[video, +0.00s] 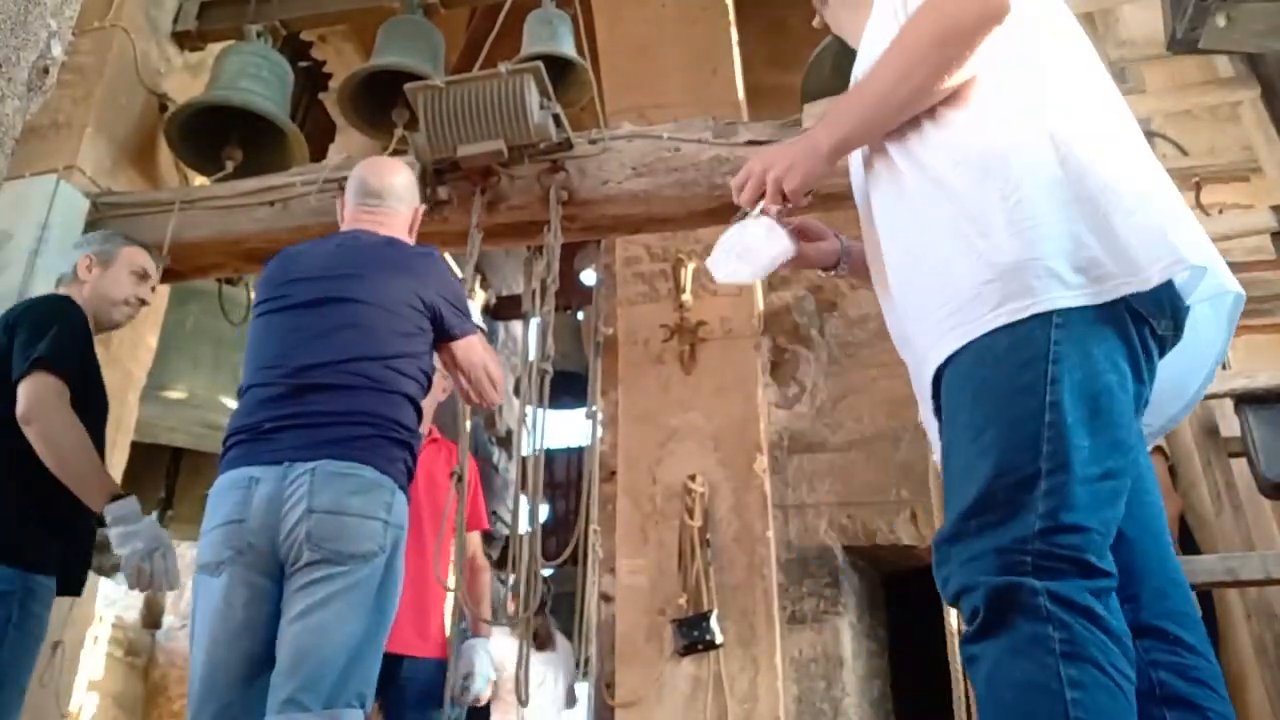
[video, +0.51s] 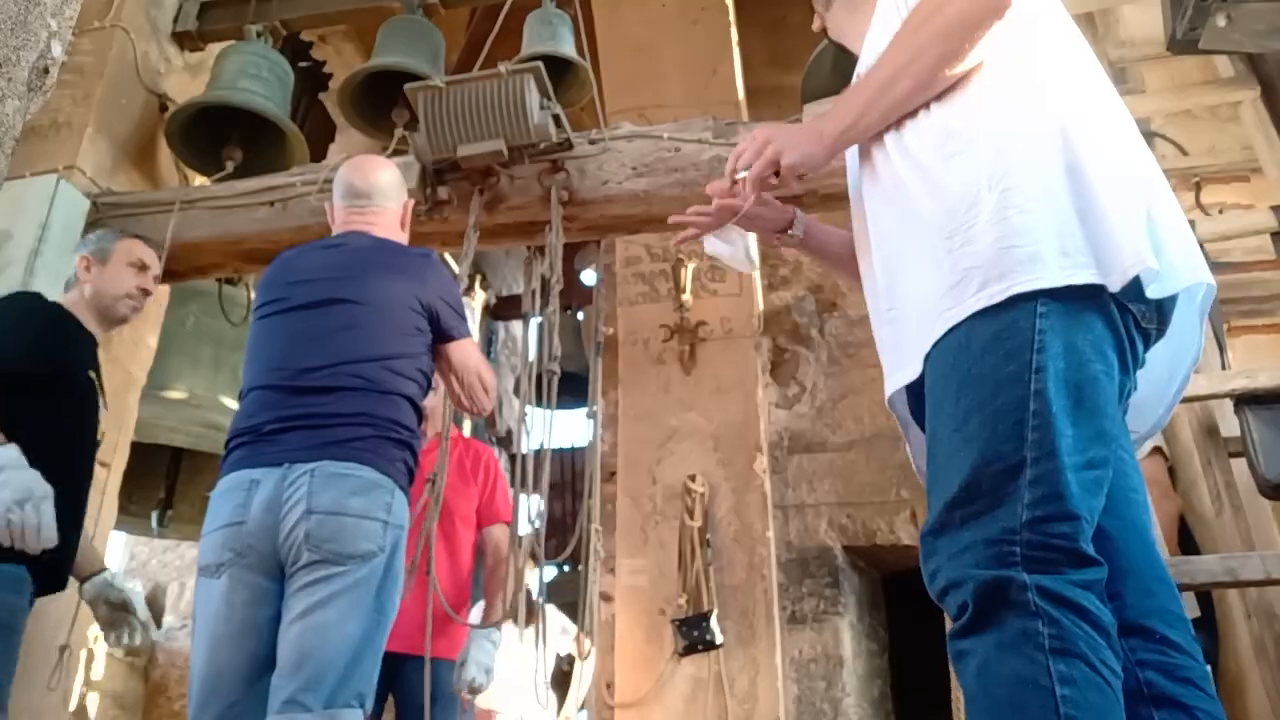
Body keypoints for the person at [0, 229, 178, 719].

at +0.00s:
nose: (147, 295)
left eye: (152, 287)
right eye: (138, 275)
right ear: (88, 266)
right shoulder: (58, 314)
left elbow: (26, 465)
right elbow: (39, 410)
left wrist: (92, 542)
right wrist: (123, 513)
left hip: (25, 566)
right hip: (19, 567)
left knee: (9, 704)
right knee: (6, 705)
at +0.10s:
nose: (161, 298)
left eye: (165, 290)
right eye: (152, 280)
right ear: (103, 272)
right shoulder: (69, 314)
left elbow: (35, 470)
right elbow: (36, 399)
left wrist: (100, 546)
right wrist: (119, 504)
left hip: (28, 564)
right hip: (17, 562)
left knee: (7, 702)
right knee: (3, 702)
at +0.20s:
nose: (173, 301)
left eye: (177, 293)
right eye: (163, 282)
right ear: (114, 274)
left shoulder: (94, 344)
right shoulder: (75, 315)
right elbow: (27, 392)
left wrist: (115, 566)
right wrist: (100, 509)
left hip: (27, 571)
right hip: (14, 567)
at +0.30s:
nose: (175, 299)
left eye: (179, 292)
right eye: (164, 280)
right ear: (115, 274)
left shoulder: (100, 360)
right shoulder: (67, 314)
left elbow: (67, 487)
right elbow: (10, 392)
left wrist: (92, 577)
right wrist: (60, 508)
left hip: (24, 573)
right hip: (8, 567)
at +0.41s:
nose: (164, 291)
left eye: (169, 285)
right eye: (153, 273)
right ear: (103, 269)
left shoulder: (91, 353)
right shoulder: (51, 315)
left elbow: (57, 482)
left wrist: (87, 578)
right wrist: (27, 494)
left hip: (26, 579)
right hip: (7, 572)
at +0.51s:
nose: (148, 286)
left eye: (153, 279)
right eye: (137, 267)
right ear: (86, 267)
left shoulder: (85, 367)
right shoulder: (30, 315)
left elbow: (56, 491)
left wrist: (96, 578)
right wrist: (9, 461)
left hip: (22, 577)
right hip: (6, 569)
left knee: (2, 701)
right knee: (1, 700)